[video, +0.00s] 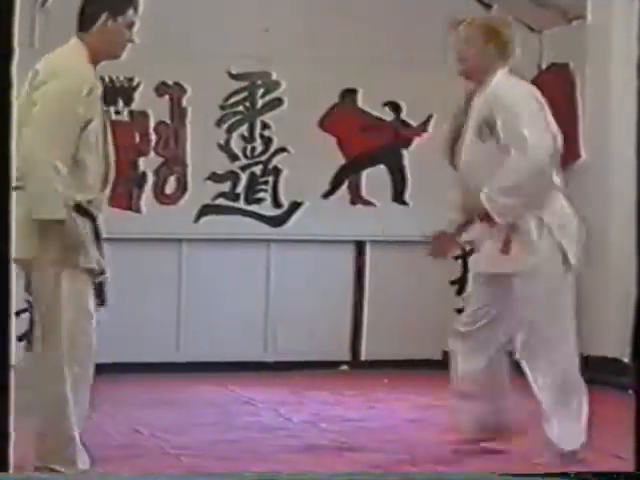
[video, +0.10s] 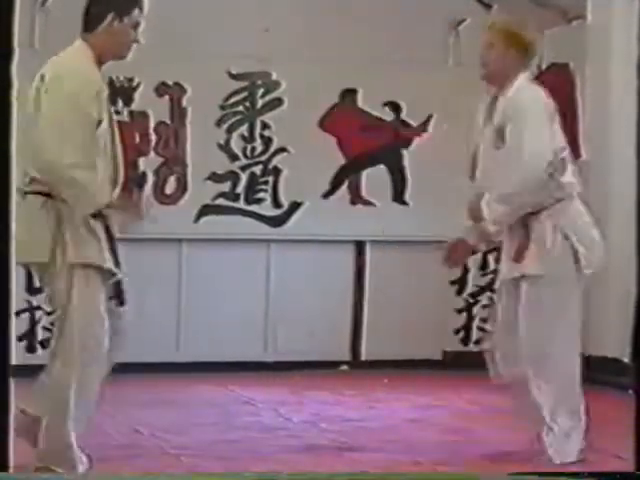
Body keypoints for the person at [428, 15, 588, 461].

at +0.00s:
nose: (458, 58)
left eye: (466, 49)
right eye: (456, 49)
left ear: (492, 49)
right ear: (464, 54)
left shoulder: (515, 94)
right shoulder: (475, 102)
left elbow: (538, 155)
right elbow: (476, 181)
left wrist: (492, 206)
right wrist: (457, 230)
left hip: (537, 237)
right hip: (495, 238)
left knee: (546, 339)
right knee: (475, 333)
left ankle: (567, 438)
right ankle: (488, 422)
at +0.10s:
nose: (482, 58)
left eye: (492, 49)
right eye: (483, 49)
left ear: (516, 55)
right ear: (494, 55)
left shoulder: (530, 100)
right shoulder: (492, 105)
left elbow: (539, 175)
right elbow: (491, 189)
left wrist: (492, 212)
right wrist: (470, 241)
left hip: (551, 234)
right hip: (521, 237)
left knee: (549, 342)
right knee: (513, 344)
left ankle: (565, 445)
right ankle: (554, 434)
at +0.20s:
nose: (515, 51)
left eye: (525, 45)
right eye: (516, 43)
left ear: (548, 53)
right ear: (524, 51)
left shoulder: (552, 97)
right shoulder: (524, 96)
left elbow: (508, 154)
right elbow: (502, 163)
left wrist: (464, 188)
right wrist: (466, 201)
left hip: (575, 230)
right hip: (553, 231)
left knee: (556, 341)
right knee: (557, 338)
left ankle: (565, 448)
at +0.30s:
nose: (530, 55)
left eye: (538, 47)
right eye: (531, 46)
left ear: (563, 50)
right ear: (565, 51)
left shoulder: (563, 93)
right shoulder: (570, 90)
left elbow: (501, 128)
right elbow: (509, 144)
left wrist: (448, 129)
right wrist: (453, 148)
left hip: (582, 228)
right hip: (594, 222)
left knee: (562, 339)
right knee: (617, 335)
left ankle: (569, 446)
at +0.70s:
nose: (569, 73)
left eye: (574, 64)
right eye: (568, 64)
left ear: (599, 63)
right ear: (602, 65)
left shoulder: (602, 109)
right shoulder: (615, 105)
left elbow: (563, 159)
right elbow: (570, 157)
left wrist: (507, 141)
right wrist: (522, 141)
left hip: (614, 234)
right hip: (619, 231)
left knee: (574, 329)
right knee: (604, 336)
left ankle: (603, 445)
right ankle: (610, 442)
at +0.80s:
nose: (559, 76)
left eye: (565, 67)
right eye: (558, 67)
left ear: (589, 66)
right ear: (593, 69)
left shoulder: (591, 115)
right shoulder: (611, 110)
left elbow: (562, 173)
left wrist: (495, 162)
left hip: (612, 241)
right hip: (623, 237)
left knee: (570, 338)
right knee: (611, 342)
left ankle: (608, 453)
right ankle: (616, 451)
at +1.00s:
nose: (529, 73)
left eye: (536, 63)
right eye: (530, 64)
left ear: (560, 66)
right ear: (556, 68)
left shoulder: (571, 107)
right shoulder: (556, 110)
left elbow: (521, 157)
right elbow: (511, 166)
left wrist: (450, 148)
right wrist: (448, 149)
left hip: (582, 241)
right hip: (544, 241)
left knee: (561, 355)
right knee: (504, 335)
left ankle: (607, 453)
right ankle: (573, 419)